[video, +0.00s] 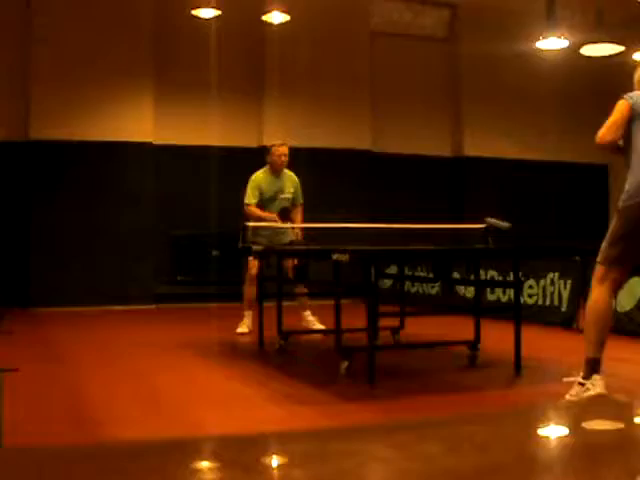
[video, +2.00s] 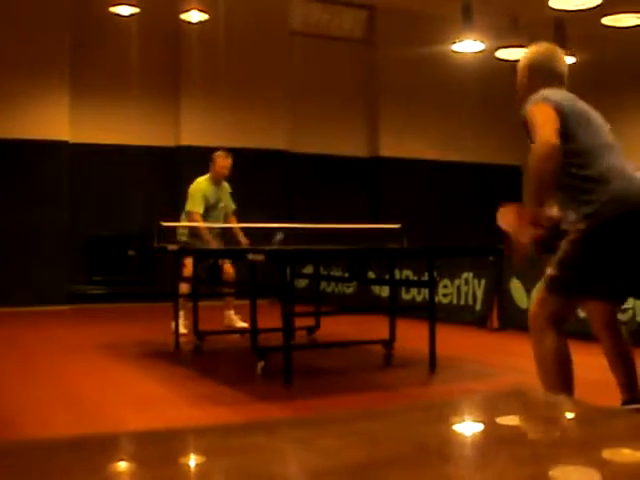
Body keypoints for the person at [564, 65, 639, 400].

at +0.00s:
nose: (636, 75)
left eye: (637, 71)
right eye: (637, 71)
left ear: (639, 76)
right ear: (639, 78)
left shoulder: (632, 99)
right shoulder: (630, 100)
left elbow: (606, 137)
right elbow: (607, 137)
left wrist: (625, 145)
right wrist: (622, 141)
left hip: (637, 199)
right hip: (633, 200)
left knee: (605, 280)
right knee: (605, 281)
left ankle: (591, 374)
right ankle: (590, 372)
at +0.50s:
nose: (602, 61)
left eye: (605, 56)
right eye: (604, 55)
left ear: (613, 56)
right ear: (635, 55)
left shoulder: (612, 82)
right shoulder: (625, 83)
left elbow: (596, 127)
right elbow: (597, 128)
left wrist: (576, 176)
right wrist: (579, 175)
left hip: (630, 202)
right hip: (628, 202)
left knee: (616, 294)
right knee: (615, 294)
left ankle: (601, 393)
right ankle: (601, 392)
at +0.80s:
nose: (539, 77)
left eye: (541, 71)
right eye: (540, 71)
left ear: (551, 78)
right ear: (577, 78)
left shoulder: (562, 107)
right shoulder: (610, 113)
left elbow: (569, 156)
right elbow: (627, 165)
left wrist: (537, 226)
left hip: (610, 216)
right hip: (637, 215)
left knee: (575, 314)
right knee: (619, 308)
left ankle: (575, 410)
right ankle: (638, 389)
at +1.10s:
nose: (517, 95)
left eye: (517, 87)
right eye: (516, 87)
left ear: (527, 85)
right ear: (555, 80)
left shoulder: (553, 107)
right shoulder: (575, 107)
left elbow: (577, 148)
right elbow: (599, 176)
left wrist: (563, 219)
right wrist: (551, 201)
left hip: (615, 215)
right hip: (632, 213)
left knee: (564, 318)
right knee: (605, 319)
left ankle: (561, 414)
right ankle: (636, 396)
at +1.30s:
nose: (512, 157)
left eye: (513, 147)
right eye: (510, 148)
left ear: (529, 141)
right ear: (545, 135)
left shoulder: (557, 154)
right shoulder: (570, 152)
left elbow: (601, 182)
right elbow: (581, 233)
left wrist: (607, 250)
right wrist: (537, 240)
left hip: (632, 245)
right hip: (634, 246)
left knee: (566, 319)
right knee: (600, 324)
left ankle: (575, 414)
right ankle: (636, 398)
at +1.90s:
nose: (516, 101)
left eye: (517, 92)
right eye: (516, 92)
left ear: (526, 93)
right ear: (560, 89)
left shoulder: (546, 115)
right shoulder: (576, 117)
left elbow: (568, 157)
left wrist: (580, 231)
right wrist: (547, 238)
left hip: (616, 227)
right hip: (635, 225)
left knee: (548, 315)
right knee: (603, 316)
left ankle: (565, 410)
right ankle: (633, 397)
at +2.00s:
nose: (516, 81)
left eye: (518, 73)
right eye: (516, 73)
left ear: (525, 75)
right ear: (562, 76)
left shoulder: (541, 101)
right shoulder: (581, 107)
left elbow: (547, 144)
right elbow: (602, 177)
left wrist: (532, 214)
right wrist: (559, 216)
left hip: (604, 219)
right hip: (631, 214)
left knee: (543, 314)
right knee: (602, 311)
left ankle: (561, 414)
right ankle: (632, 401)